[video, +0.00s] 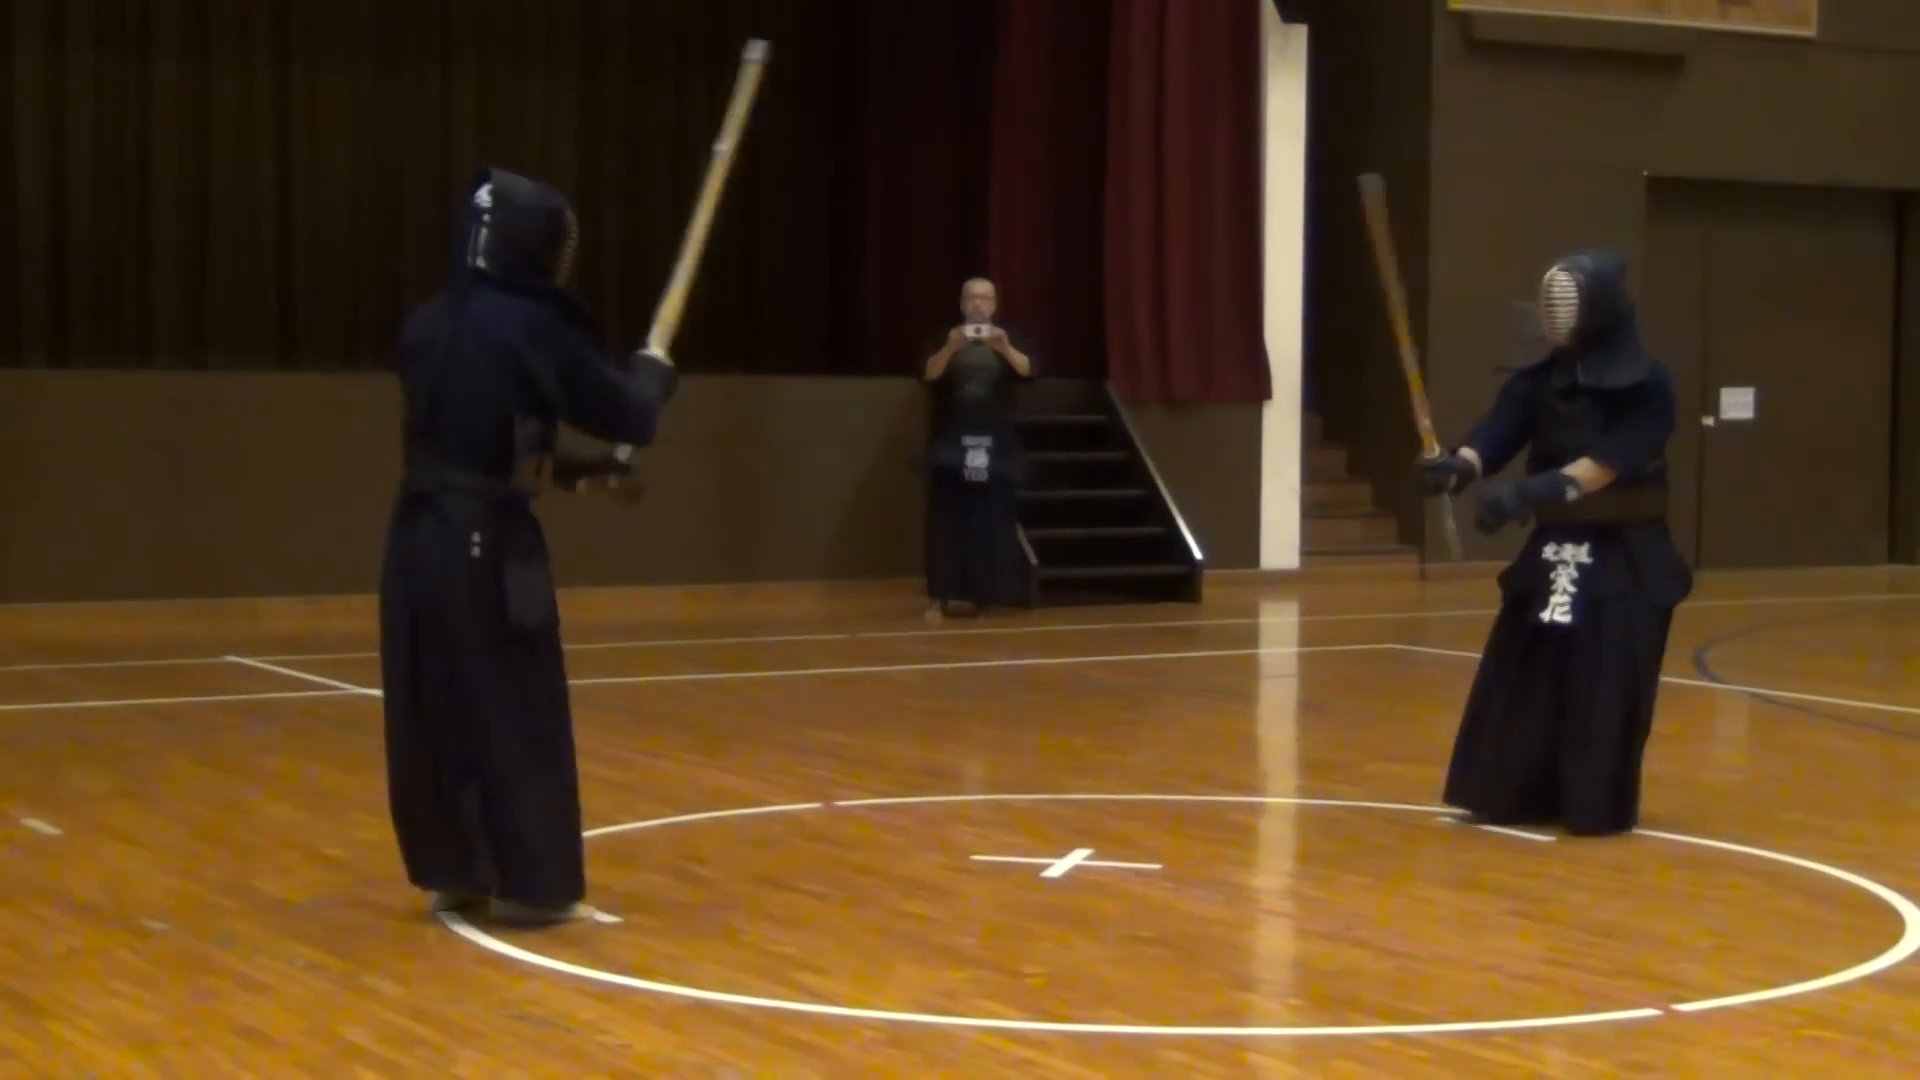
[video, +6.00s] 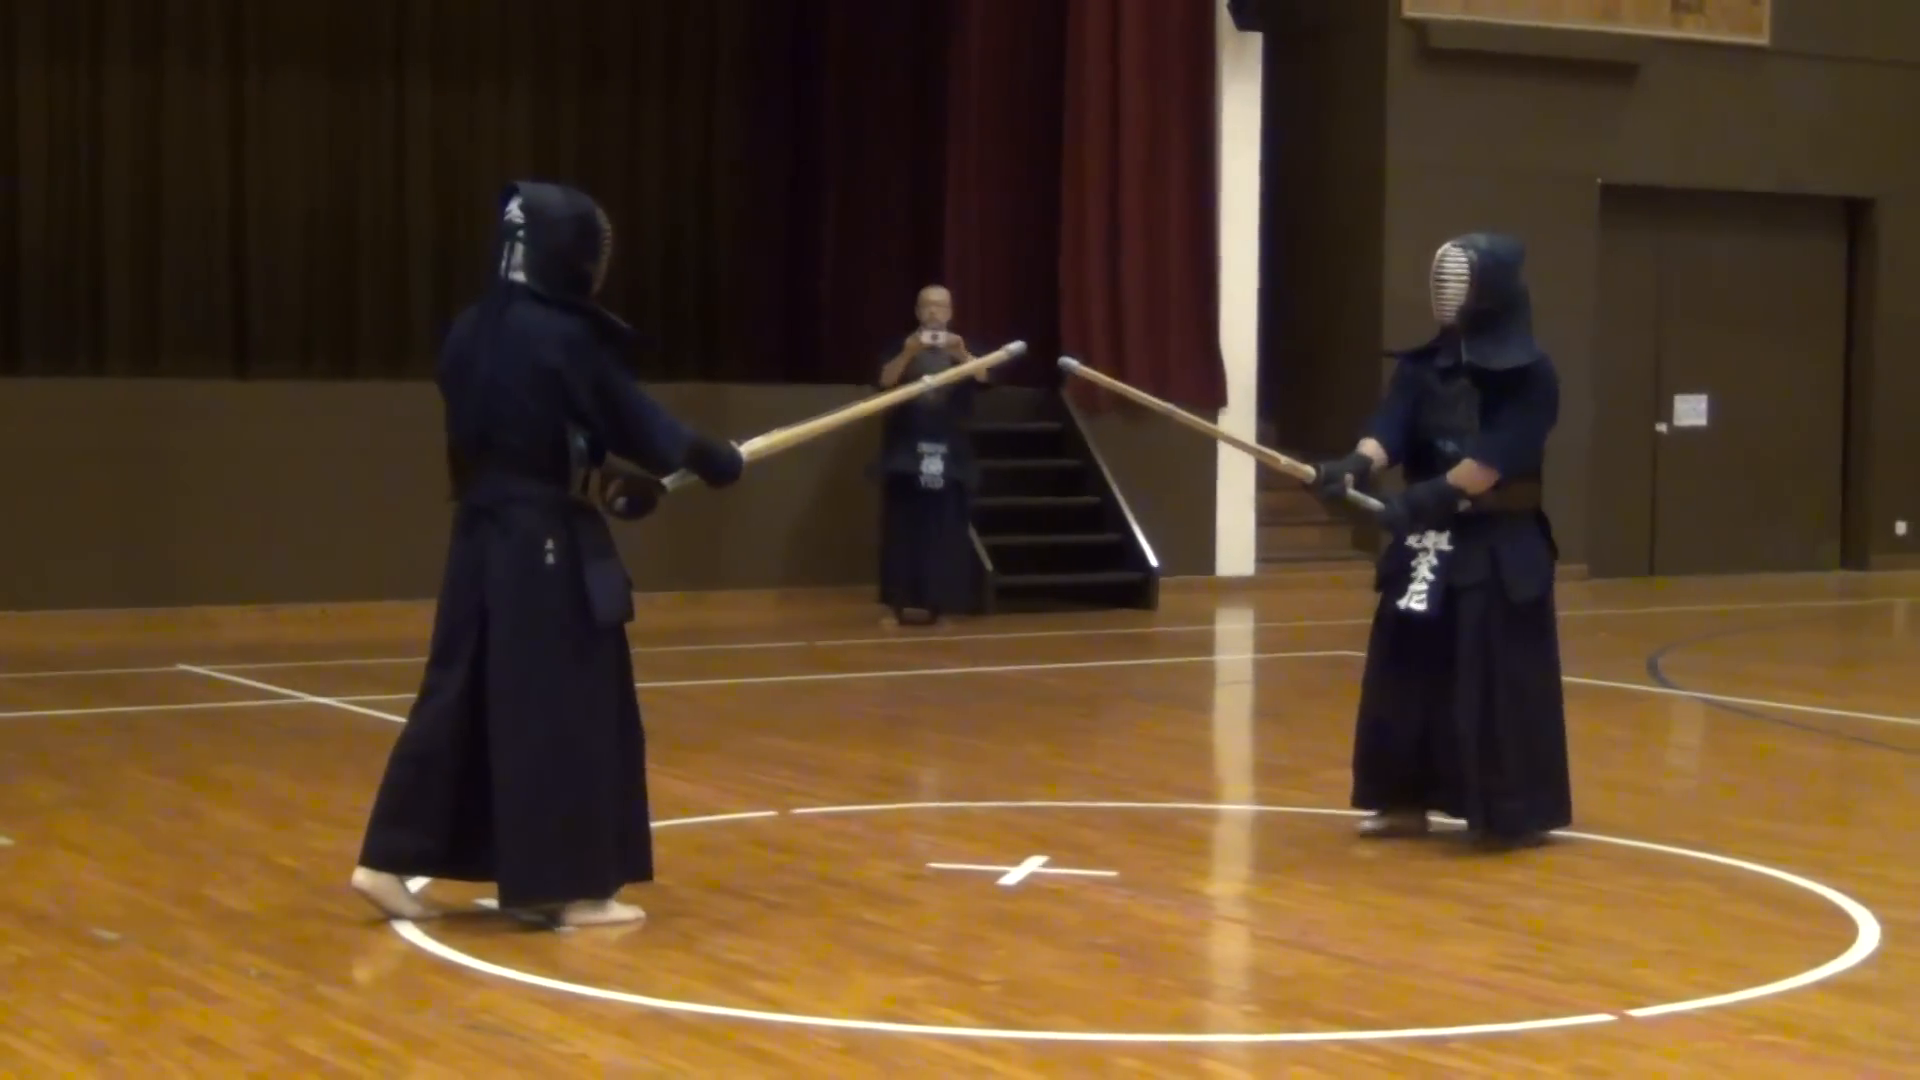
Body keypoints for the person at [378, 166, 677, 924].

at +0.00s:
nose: (565, 258)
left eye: (561, 244)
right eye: (559, 246)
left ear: (483, 242)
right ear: (540, 250)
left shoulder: (432, 320)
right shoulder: (535, 325)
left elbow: (486, 438)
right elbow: (627, 415)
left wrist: (586, 467)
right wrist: (651, 371)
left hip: (420, 535)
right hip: (492, 541)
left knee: (437, 702)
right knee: (519, 706)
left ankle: (456, 878)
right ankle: (534, 888)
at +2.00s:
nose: (586, 493)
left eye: (584, 478)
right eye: (580, 479)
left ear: (502, 477)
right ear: (558, 484)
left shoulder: (468, 559)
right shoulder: (566, 572)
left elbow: (531, 655)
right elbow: (635, 658)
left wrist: (607, 688)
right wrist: (698, 656)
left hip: (463, 762)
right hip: (532, 778)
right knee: (695, 805)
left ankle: (457, 865)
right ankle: (534, 883)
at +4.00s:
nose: (597, 254)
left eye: (595, 240)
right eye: (589, 240)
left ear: (516, 239)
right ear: (561, 243)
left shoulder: (473, 313)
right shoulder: (572, 320)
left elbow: (520, 416)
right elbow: (635, 411)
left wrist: (601, 462)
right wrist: (711, 454)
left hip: (457, 526)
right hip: (520, 534)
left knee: (469, 693)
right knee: (531, 697)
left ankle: (466, 871)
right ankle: (522, 882)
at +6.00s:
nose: (603, 266)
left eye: (603, 251)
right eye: (597, 252)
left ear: (520, 251)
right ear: (571, 256)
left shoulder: (473, 329)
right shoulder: (569, 336)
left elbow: (512, 440)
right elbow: (634, 420)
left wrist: (599, 475)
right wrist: (707, 453)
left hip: (479, 539)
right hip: (547, 543)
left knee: (459, 694)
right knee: (572, 706)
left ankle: (389, 859)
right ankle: (573, 889)